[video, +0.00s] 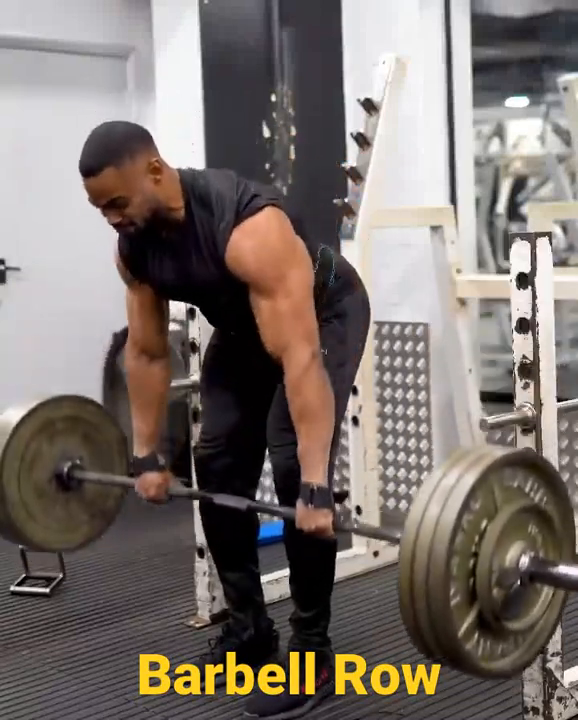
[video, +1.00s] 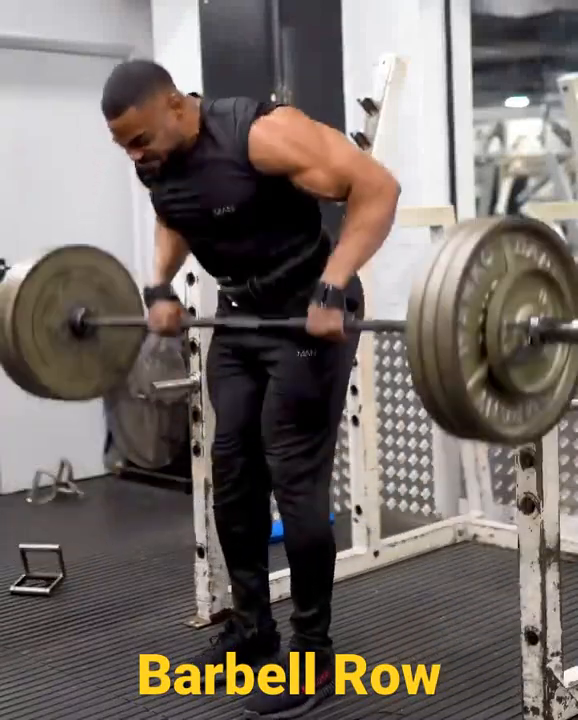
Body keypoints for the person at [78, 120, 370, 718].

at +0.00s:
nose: (112, 220)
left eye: (116, 203)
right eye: (103, 210)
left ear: (156, 170)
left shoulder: (251, 230)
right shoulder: (137, 248)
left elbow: (302, 358)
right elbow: (147, 352)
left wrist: (315, 483)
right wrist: (147, 453)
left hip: (322, 310)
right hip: (243, 322)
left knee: (293, 465)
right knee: (217, 465)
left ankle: (309, 649)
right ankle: (247, 626)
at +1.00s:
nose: (136, 157)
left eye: (142, 140)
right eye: (126, 147)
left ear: (181, 108)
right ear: (121, 134)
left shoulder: (267, 134)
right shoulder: (160, 163)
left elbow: (379, 188)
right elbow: (178, 217)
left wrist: (331, 288)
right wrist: (161, 284)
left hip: (309, 323)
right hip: (238, 322)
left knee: (295, 477)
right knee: (232, 476)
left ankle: (311, 653)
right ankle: (253, 626)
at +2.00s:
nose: (108, 220)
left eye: (114, 204)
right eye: (99, 209)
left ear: (155, 174)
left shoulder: (252, 230)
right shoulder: (141, 244)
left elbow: (304, 356)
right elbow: (151, 352)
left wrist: (317, 484)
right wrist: (152, 454)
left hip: (326, 312)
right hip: (248, 324)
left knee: (293, 465)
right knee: (218, 468)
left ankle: (310, 648)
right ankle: (248, 626)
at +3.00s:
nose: (109, 163)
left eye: (115, 146)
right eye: (99, 152)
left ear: (155, 115)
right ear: (98, 142)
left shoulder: (246, 140)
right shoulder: (143, 172)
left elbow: (363, 187)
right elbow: (164, 224)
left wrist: (320, 285)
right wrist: (148, 283)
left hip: (303, 316)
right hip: (230, 319)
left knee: (292, 471)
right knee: (221, 469)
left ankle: (311, 648)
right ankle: (248, 625)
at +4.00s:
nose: (94, 227)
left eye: (99, 209)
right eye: (84, 214)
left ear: (140, 178)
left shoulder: (241, 237)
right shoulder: (130, 256)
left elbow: (290, 363)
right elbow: (145, 362)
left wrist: (311, 491)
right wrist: (148, 466)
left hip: (318, 313)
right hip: (238, 326)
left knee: (291, 474)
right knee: (211, 474)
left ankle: (310, 648)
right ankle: (248, 628)